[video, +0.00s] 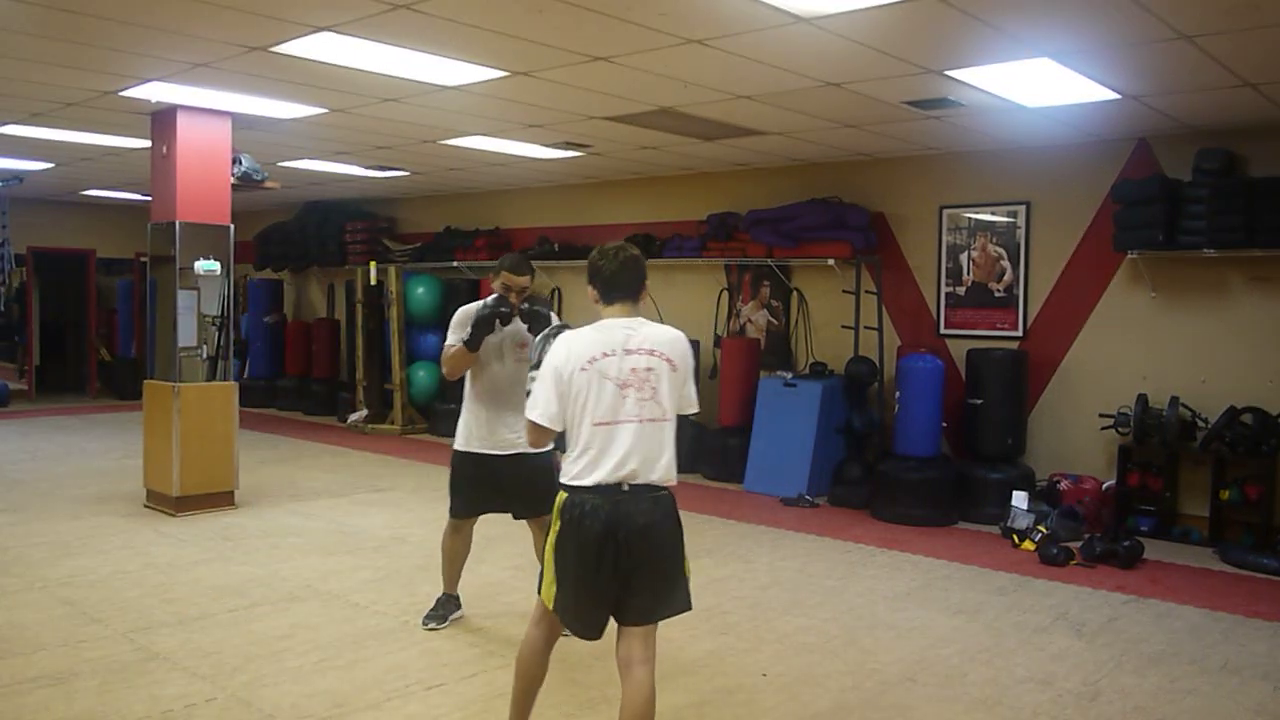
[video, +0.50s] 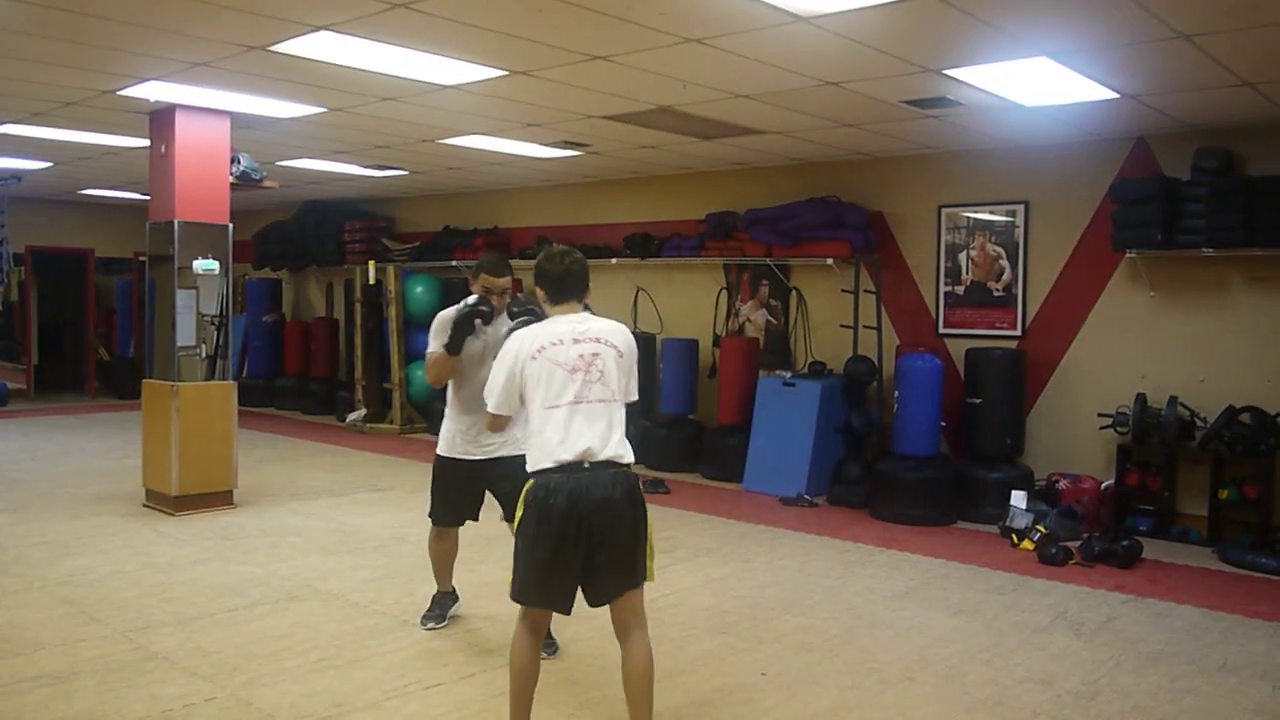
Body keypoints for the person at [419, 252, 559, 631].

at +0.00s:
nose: (512, 296)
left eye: (521, 290)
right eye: (506, 288)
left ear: (532, 288)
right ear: (492, 281)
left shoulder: (542, 319)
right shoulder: (468, 316)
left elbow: (569, 363)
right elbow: (451, 370)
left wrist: (543, 329)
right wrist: (481, 330)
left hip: (530, 444)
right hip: (475, 443)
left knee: (544, 523)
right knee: (459, 523)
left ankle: (558, 601)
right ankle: (449, 597)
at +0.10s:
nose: (502, 298)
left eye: (511, 291)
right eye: (496, 288)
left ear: (522, 290)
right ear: (481, 283)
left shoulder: (533, 321)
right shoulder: (456, 317)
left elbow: (552, 377)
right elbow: (439, 372)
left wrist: (533, 338)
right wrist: (471, 336)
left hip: (521, 446)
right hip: (464, 446)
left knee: (540, 523)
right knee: (451, 523)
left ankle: (553, 600)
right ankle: (447, 597)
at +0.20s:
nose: (495, 300)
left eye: (503, 293)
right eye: (488, 290)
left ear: (514, 289)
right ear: (473, 283)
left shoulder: (524, 321)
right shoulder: (447, 317)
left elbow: (541, 379)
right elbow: (430, 372)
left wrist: (526, 342)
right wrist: (461, 337)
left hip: (516, 442)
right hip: (459, 444)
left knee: (543, 519)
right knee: (447, 523)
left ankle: (550, 601)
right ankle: (447, 596)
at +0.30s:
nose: (491, 296)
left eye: (499, 290)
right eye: (485, 288)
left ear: (510, 286)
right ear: (468, 280)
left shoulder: (518, 317)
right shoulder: (443, 315)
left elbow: (538, 372)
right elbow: (428, 371)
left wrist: (524, 334)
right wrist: (459, 330)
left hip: (512, 437)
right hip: (456, 441)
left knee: (539, 520)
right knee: (446, 522)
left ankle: (550, 609)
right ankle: (446, 595)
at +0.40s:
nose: (491, 297)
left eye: (499, 290)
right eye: (484, 288)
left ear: (508, 287)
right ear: (467, 281)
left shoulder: (519, 319)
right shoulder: (443, 317)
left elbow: (545, 368)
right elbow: (429, 374)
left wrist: (535, 331)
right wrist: (458, 329)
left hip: (510, 443)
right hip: (455, 444)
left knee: (529, 529)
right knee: (445, 524)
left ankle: (543, 617)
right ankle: (444, 595)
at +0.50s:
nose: (497, 299)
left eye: (504, 292)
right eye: (489, 291)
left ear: (513, 287)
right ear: (472, 283)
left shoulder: (523, 319)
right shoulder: (449, 319)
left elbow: (546, 370)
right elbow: (435, 376)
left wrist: (537, 332)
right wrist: (460, 333)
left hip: (512, 446)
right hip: (457, 447)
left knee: (533, 532)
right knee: (443, 526)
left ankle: (540, 623)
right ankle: (444, 593)